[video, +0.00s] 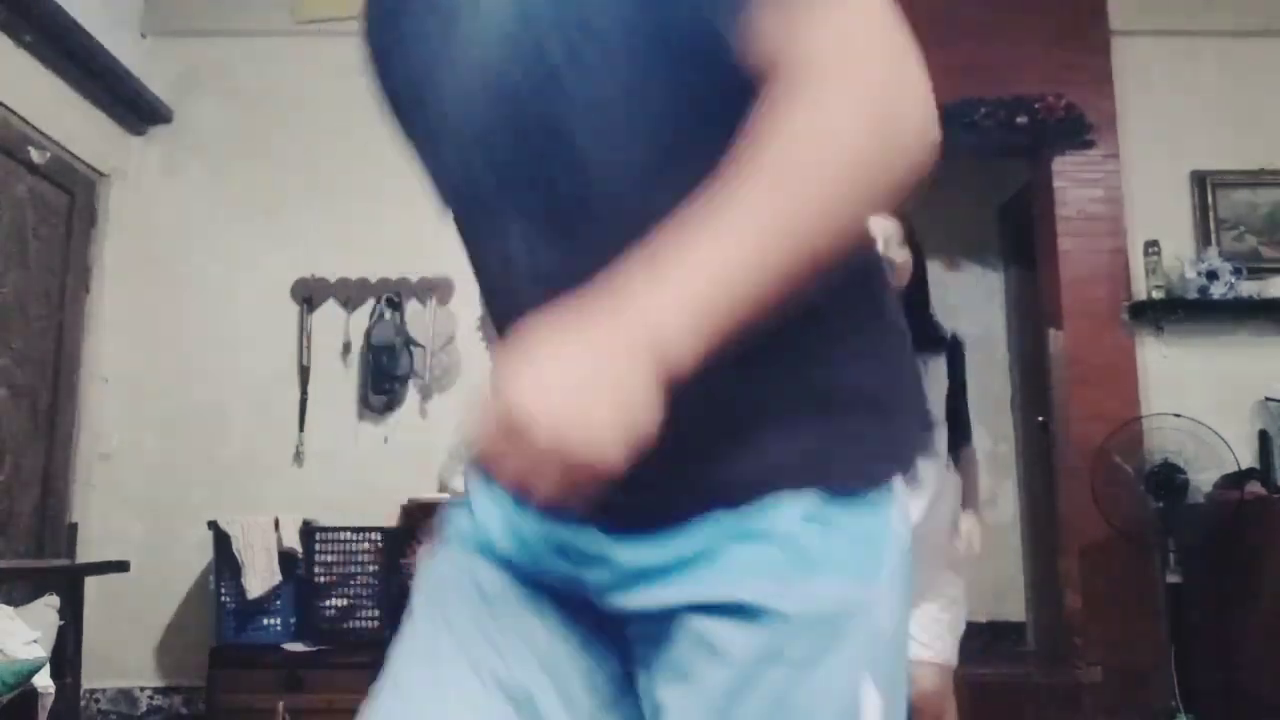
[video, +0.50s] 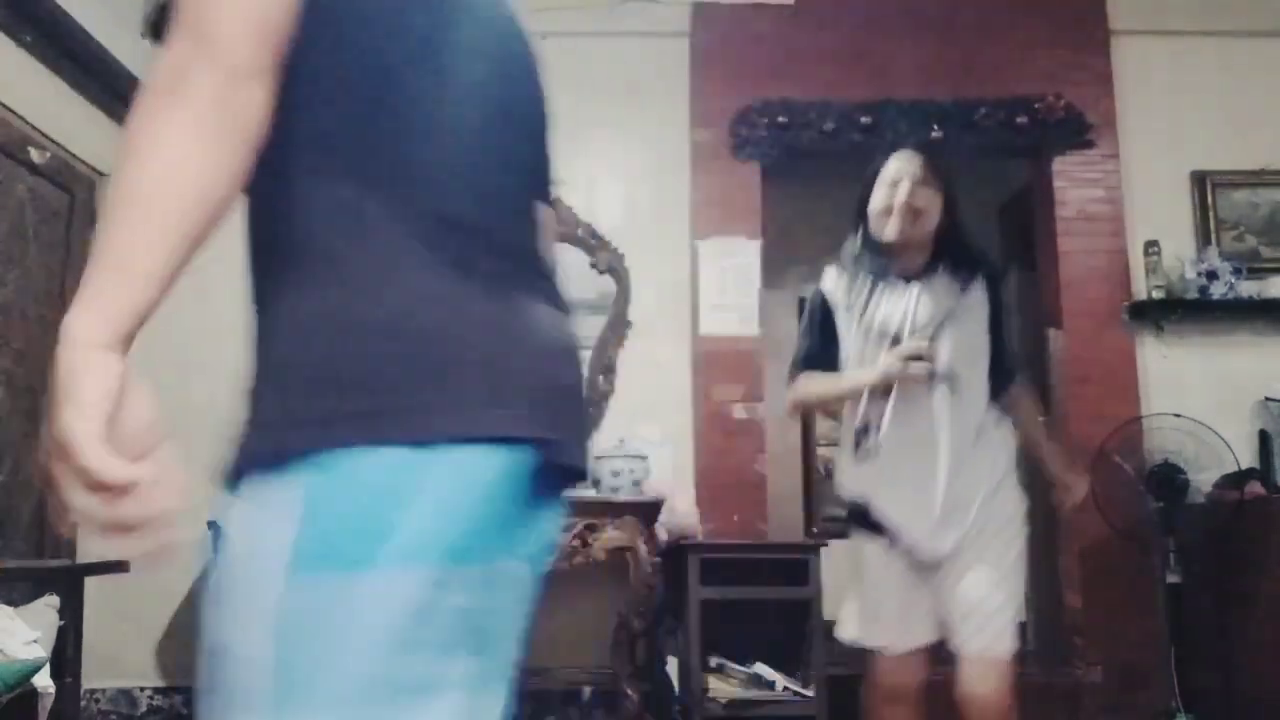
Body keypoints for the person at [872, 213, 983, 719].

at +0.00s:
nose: (884, 261)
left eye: (893, 247)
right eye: (873, 250)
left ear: (914, 258)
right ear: (860, 264)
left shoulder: (940, 344)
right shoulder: (850, 345)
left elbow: (959, 428)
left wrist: (969, 505)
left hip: (932, 487)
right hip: (859, 497)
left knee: (927, 683)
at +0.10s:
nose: (884, 218)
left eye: (896, 208)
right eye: (871, 208)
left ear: (917, 222)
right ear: (854, 221)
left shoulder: (942, 297)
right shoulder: (844, 294)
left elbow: (958, 394)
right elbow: (828, 396)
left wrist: (967, 468)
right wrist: (847, 481)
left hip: (930, 489)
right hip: (855, 488)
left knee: (922, 670)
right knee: (861, 666)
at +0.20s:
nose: (881, 220)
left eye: (895, 212)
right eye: (869, 210)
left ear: (917, 228)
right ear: (848, 223)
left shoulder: (939, 307)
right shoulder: (829, 307)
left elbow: (959, 404)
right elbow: (805, 410)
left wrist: (967, 472)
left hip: (928, 505)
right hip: (847, 503)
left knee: (927, 670)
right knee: (856, 670)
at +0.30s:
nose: (881, 253)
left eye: (897, 245)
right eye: (869, 242)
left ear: (918, 269)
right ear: (846, 259)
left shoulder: (943, 346)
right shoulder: (816, 342)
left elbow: (962, 447)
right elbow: (781, 448)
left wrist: (971, 524)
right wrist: (842, 491)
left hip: (927, 555)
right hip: (834, 554)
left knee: (934, 695)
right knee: (833, 702)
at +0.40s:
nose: (888, 253)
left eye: (904, 243)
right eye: (875, 241)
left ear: (925, 265)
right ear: (853, 261)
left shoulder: (962, 343)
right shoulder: (827, 346)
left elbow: (980, 450)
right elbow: (797, 450)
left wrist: (1017, 512)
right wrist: (868, 447)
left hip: (949, 557)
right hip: (854, 557)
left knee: (953, 701)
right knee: (845, 705)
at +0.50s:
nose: (904, 201)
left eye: (921, 190)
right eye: (891, 187)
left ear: (943, 207)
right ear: (870, 200)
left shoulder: (982, 284)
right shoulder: (838, 286)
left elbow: (1010, 385)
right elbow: (800, 392)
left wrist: (1055, 461)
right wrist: (876, 376)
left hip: (981, 510)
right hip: (885, 512)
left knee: (987, 693)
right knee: (896, 685)